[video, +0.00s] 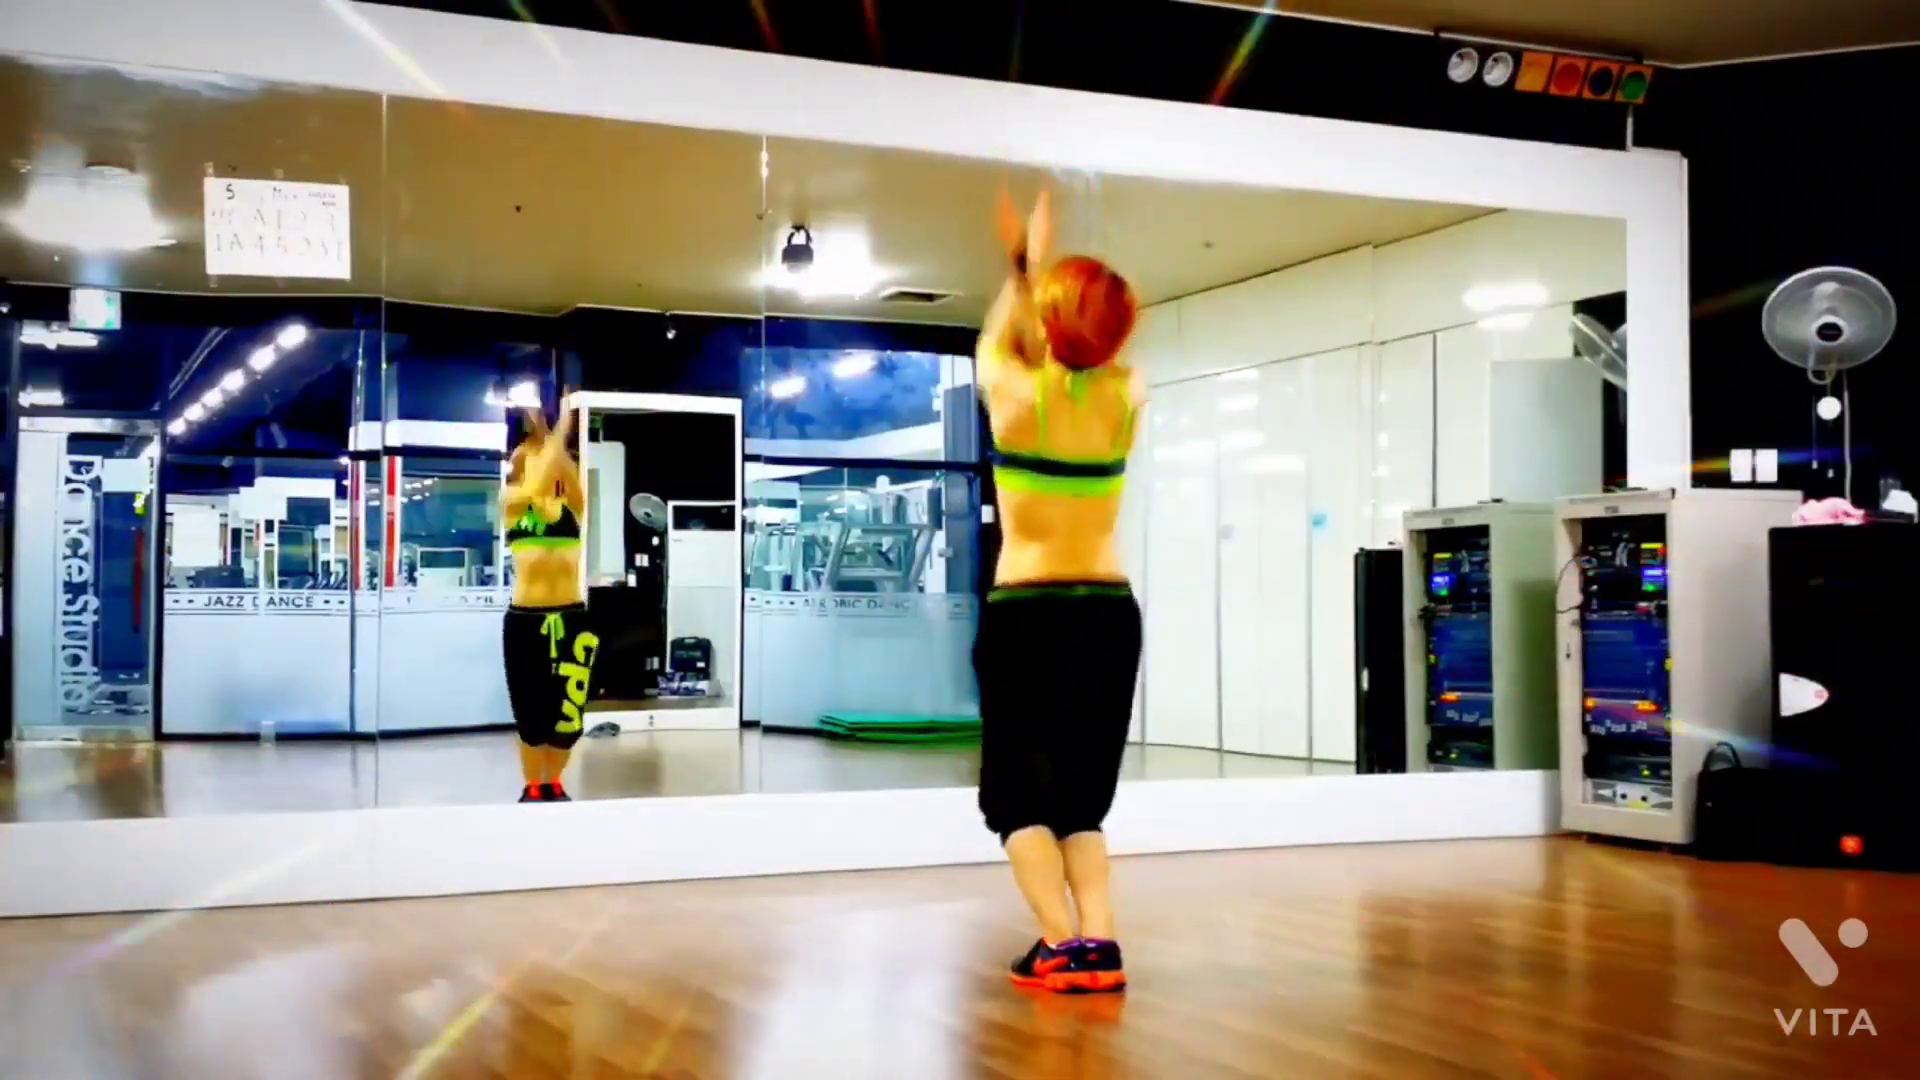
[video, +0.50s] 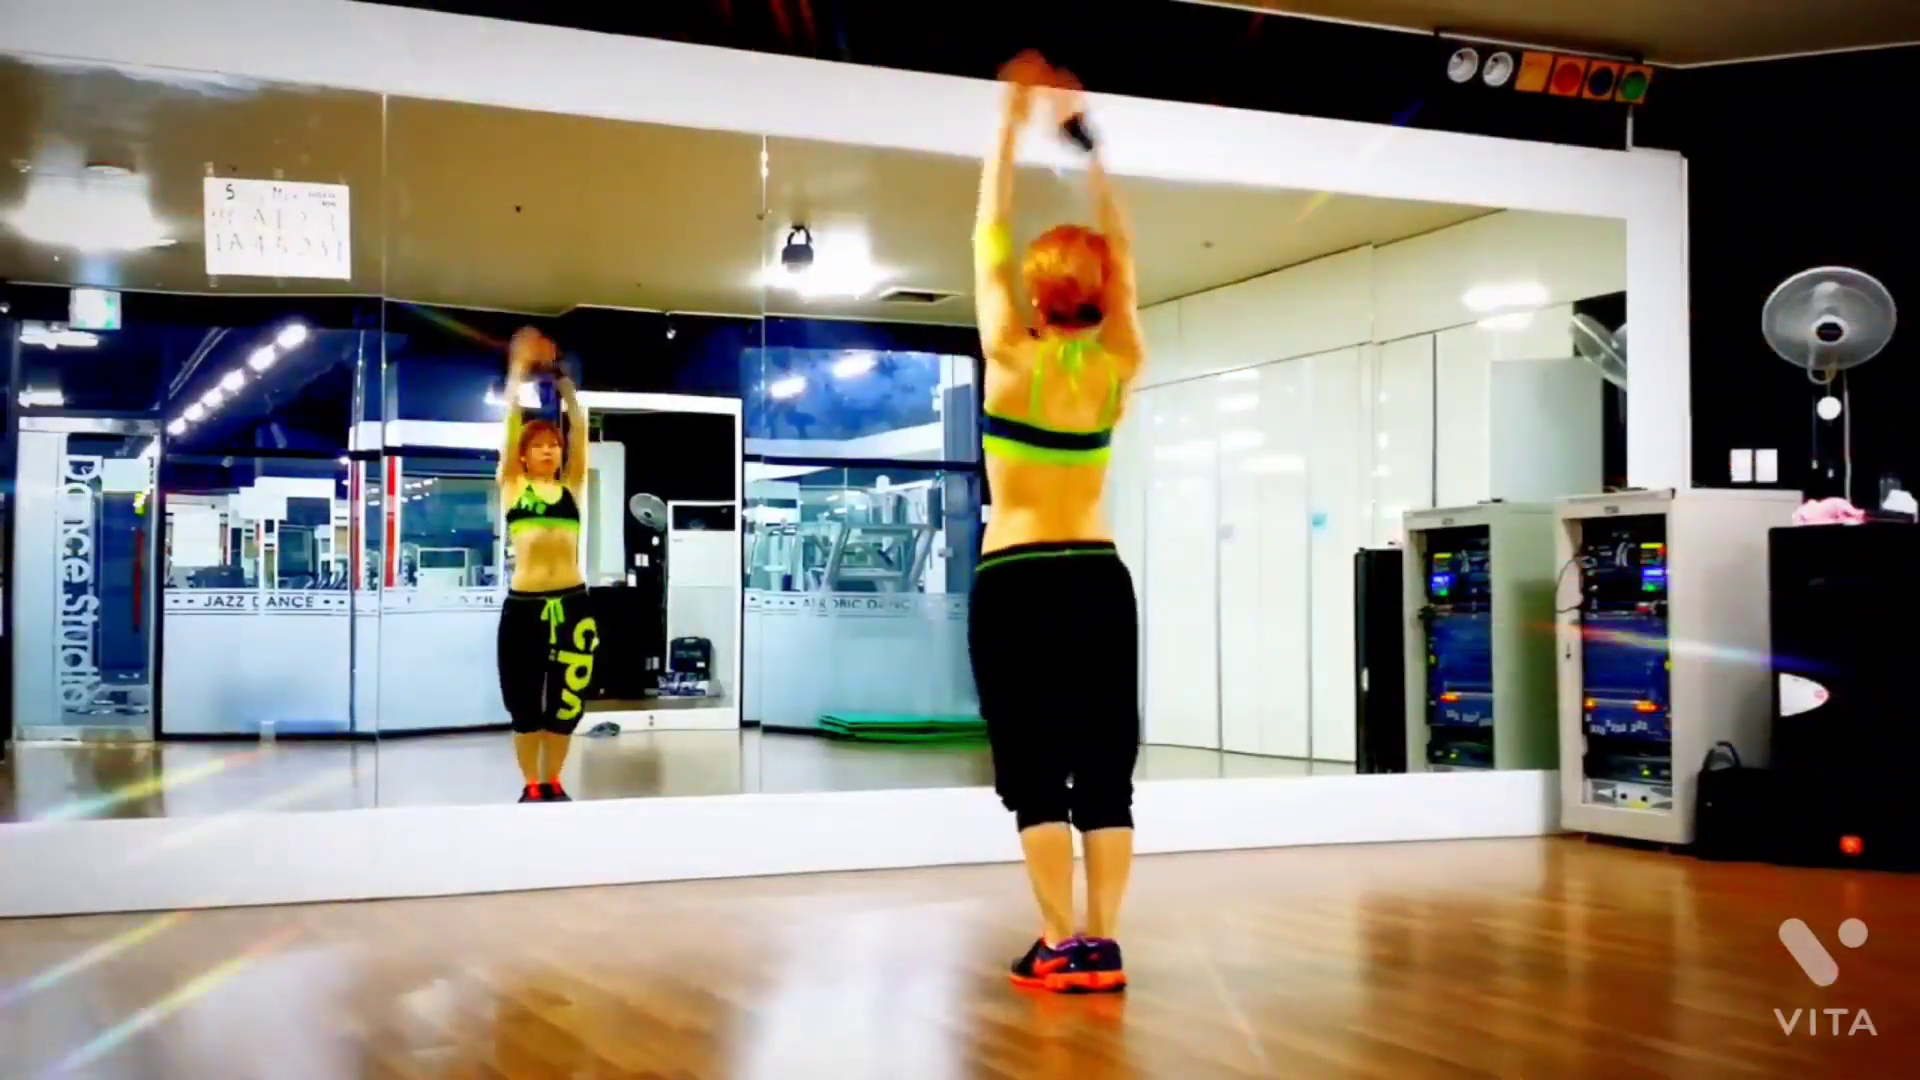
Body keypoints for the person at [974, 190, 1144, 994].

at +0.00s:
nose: (1029, 313)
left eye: (1045, 303)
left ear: (1039, 328)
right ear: (1107, 334)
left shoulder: (1012, 389)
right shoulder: (1123, 396)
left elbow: (1004, 330)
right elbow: (1090, 340)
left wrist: (1021, 267)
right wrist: (1045, 269)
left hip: (1023, 613)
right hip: (1106, 611)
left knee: (1014, 791)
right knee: (1082, 794)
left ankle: (1060, 940)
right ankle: (1099, 942)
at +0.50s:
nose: (1035, 285)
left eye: (1039, 272)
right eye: (1081, 270)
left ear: (1031, 290)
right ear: (1104, 291)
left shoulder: (1009, 352)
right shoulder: (1115, 361)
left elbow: (994, 230)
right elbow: (1114, 248)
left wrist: (1010, 119)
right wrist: (1087, 141)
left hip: (1012, 574)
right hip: (1096, 571)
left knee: (1029, 766)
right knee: (1106, 764)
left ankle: (1063, 938)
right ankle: (1100, 942)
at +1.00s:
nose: (1016, 300)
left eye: (1018, 291)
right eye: (1020, 292)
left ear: (1026, 298)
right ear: (1093, 298)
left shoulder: (1008, 364)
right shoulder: (1122, 373)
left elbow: (912, 353)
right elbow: (1234, 374)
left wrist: (826, 358)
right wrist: (1327, 381)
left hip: (1021, 580)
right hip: (1103, 577)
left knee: (1038, 765)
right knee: (1112, 766)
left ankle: (1063, 945)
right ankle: (1103, 947)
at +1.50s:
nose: (1015, 312)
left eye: (1017, 302)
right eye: (1018, 303)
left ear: (1031, 302)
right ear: (1092, 299)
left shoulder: (1011, 358)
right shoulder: (1135, 366)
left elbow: (957, 400)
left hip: (1030, 586)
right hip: (1115, 584)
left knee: (1040, 767)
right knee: (1118, 767)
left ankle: (1061, 939)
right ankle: (1104, 942)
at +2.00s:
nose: (1038, 385)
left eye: (1035, 375)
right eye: (1075, 376)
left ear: (1033, 385)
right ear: (1101, 386)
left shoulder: (1002, 465)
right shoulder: (1132, 468)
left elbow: (993, 578)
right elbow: (1110, 562)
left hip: (1040, 652)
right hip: (1125, 649)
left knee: (1015, 809)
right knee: (1078, 811)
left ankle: (1060, 941)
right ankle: (1098, 943)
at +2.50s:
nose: (1034, 283)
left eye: (1037, 275)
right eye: (1092, 277)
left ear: (1039, 294)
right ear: (1113, 301)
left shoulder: (1021, 345)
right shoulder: (1118, 357)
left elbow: (987, 226)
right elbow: (1144, 256)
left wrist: (949, 116)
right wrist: (1177, 141)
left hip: (1022, 571)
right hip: (1103, 568)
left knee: (1036, 764)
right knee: (1113, 760)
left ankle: (1063, 938)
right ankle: (1103, 942)